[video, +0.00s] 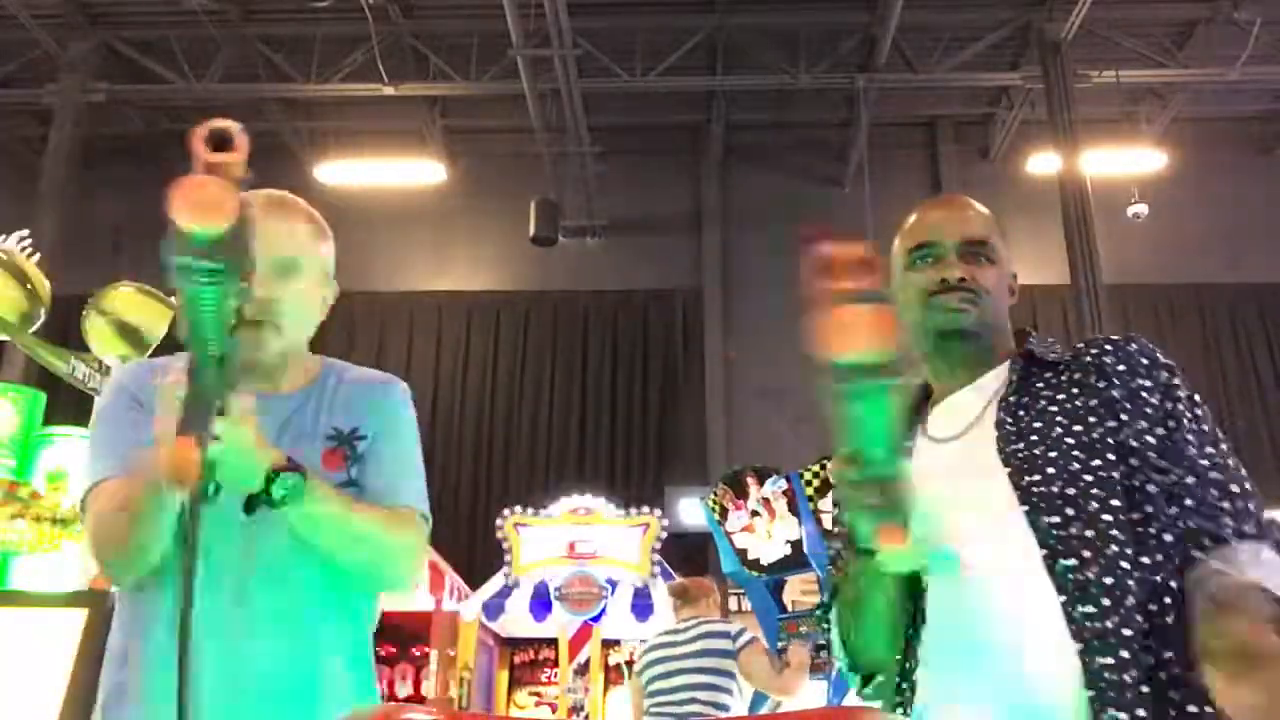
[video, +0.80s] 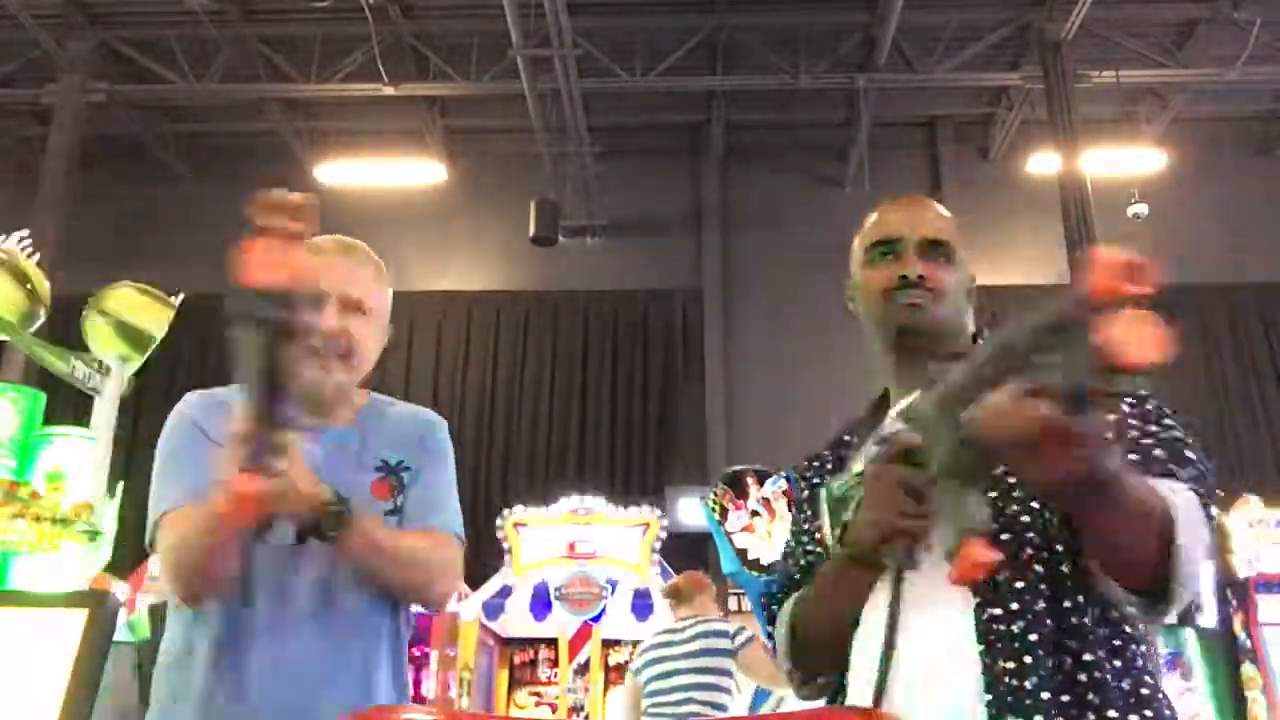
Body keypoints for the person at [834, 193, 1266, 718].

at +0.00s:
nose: (953, 271)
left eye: (977, 255)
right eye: (925, 259)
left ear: (1011, 285)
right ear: (893, 297)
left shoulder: (1116, 376)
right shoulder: (885, 445)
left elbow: (1229, 541)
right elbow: (871, 661)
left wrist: (1238, 622)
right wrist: (872, 536)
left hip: (1124, 704)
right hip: (945, 708)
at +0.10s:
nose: (946, 268)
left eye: (972, 251)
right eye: (919, 256)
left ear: (1011, 283)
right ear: (894, 299)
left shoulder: (1136, 404)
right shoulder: (881, 471)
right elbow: (866, 660)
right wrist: (912, 553)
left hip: (1154, 705)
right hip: (965, 708)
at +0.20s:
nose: (960, 266)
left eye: (985, 249)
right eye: (931, 251)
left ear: (1024, 279)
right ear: (904, 293)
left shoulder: (1121, 381)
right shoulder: (889, 465)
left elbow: (1245, 531)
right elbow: (869, 664)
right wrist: (916, 536)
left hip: (1135, 702)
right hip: (957, 706)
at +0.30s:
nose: (965, 260)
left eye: (990, 243)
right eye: (940, 243)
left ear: (1024, 273)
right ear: (912, 272)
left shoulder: (1122, 348)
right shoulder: (904, 411)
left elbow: (1153, 502)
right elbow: (881, 663)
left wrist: (995, 421)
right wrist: (882, 525)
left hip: (1139, 697)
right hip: (972, 705)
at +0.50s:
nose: (945, 266)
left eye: (973, 245)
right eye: (916, 247)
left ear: (1004, 268)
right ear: (884, 288)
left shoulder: (1090, 356)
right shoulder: (894, 426)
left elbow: (1167, 534)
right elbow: (852, 654)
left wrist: (1030, 437)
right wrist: (873, 538)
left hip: (1108, 697)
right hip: (935, 704)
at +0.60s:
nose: (926, 265)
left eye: (951, 250)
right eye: (899, 251)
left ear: (986, 283)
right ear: (872, 290)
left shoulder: (1095, 396)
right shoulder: (847, 470)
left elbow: (1216, 571)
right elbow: (823, 653)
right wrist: (896, 535)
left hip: (1109, 703)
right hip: (927, 707)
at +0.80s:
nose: (912, 270)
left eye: (937, 254)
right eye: (884, 253)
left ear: (972, 286)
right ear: (853, 293)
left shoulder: (1092, 414)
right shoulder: (829, 476)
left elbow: (1186, 572)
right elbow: (803, 664)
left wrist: (1074, 475)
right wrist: (859, 554)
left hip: (1081, 701)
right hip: (901, 704)